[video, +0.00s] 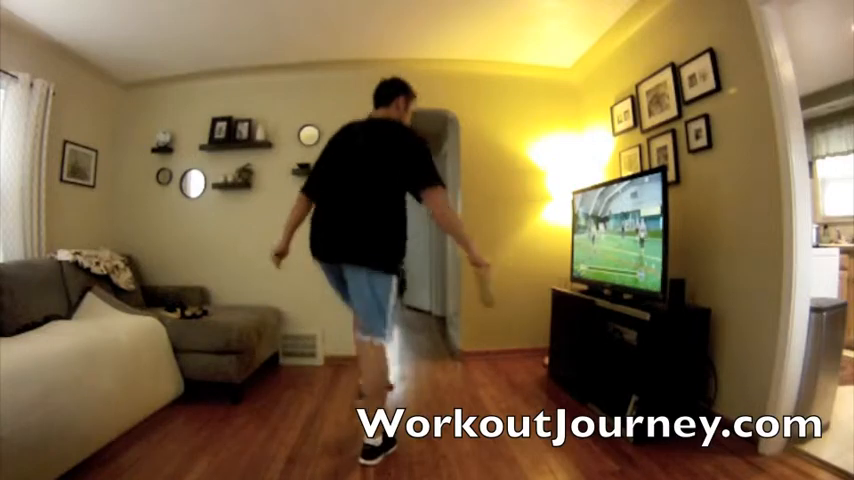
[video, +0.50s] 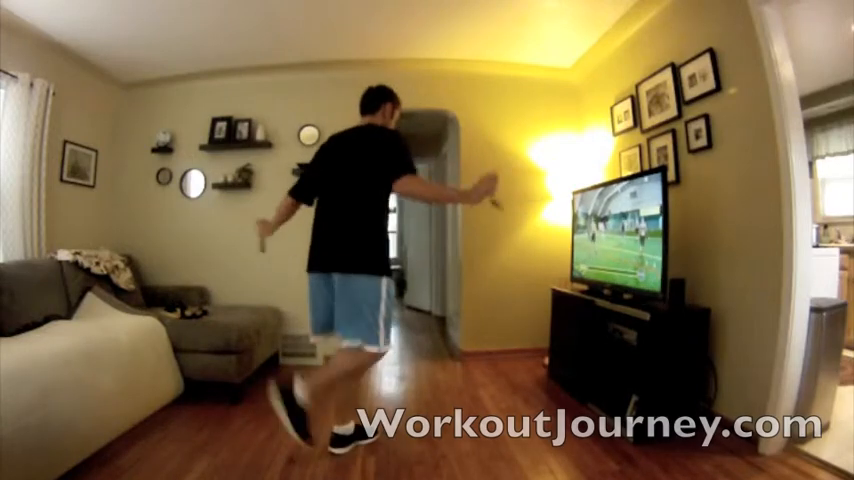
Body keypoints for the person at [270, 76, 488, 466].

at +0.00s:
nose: (411, 115)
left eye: (412, 109)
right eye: (411, 108)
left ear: (375, 102)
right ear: (401, 103)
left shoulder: (345, 135)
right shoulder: (406, 141)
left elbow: (309, 192)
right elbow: (437, 205)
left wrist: (284, 239)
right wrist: (471, 250)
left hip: (328, 246)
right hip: (373, 250)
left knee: (365, 322)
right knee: (373, 337)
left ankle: (371, 383)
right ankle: (374, 434)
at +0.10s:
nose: (406, 101)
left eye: (406, 96)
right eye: (406, 94)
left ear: (371, 88)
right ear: (397, 90)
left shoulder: (341, 119)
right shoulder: (403, 123)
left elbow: (308, 178)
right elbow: (425, 179)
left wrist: (280, 224)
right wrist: (453, 233)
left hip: (322, 231)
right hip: (367, 236)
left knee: (365, 313)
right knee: (362, 336)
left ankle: (369, 385)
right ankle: (350, 433)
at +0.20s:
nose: (398, 103)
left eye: (398, 98)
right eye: (399, 97)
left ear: (365, 93)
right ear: (391, 93)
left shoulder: (337, 126)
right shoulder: (396, 127)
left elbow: (298, 182)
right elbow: (416, 183)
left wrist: (261, 226)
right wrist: (446, 232)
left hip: (330, 241)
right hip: (372, 245)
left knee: (355, 329)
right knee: (379, 337)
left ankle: (343, 415)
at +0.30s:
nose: (395, 121)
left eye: (395, 114)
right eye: (395, 114)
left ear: (361, 111)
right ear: (385, 110)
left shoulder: (334, 144)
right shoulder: (388, 144)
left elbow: (293, 194)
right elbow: (401, 199)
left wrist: (252, 229)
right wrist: (451, 232)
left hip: (329, 261)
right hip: (369, 263)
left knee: (355, 350)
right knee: (381, 351)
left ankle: (347, 427)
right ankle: (310, 335)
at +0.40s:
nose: (396, 125)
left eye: (396, 118)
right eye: (396, 117)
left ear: (361, 115)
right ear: (386, 114)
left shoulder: (334, 146)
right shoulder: (386, 146)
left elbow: (295, 196)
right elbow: (396, 196)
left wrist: (256, 226)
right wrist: (454, 212)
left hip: (324, 262)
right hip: (365, 264)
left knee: (352, 350)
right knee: (375, 349)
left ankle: (346, 428)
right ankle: (307, 340)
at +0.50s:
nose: (395, 121)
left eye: (395, 115)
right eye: (396, 115)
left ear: (362, 111)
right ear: (389, 110)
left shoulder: (333, 143)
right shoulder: (387, 141)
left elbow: (299, 194)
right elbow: (405, 184)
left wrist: (272, 224)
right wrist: (467, 195)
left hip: (324, 255)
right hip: (363, 257)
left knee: (350, 344)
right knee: (372, 346)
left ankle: (345, 428)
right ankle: (301, 392)